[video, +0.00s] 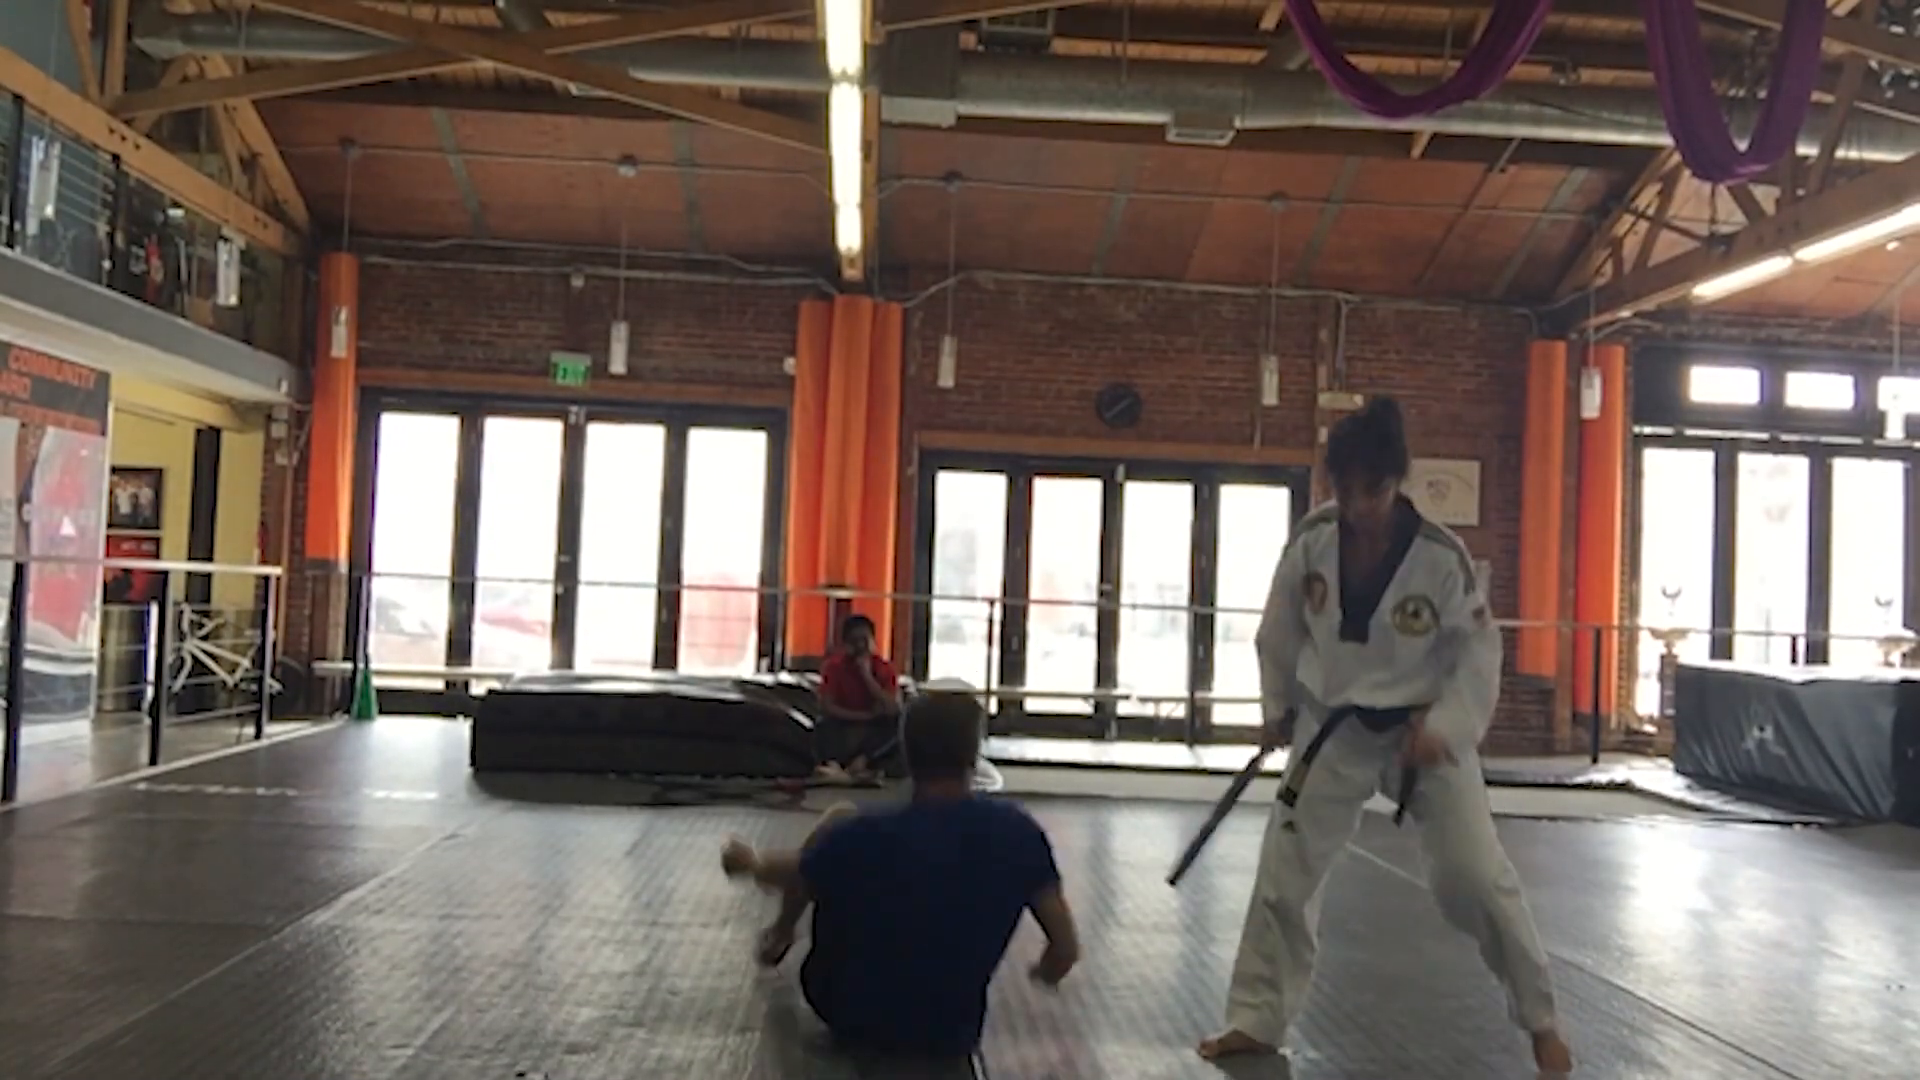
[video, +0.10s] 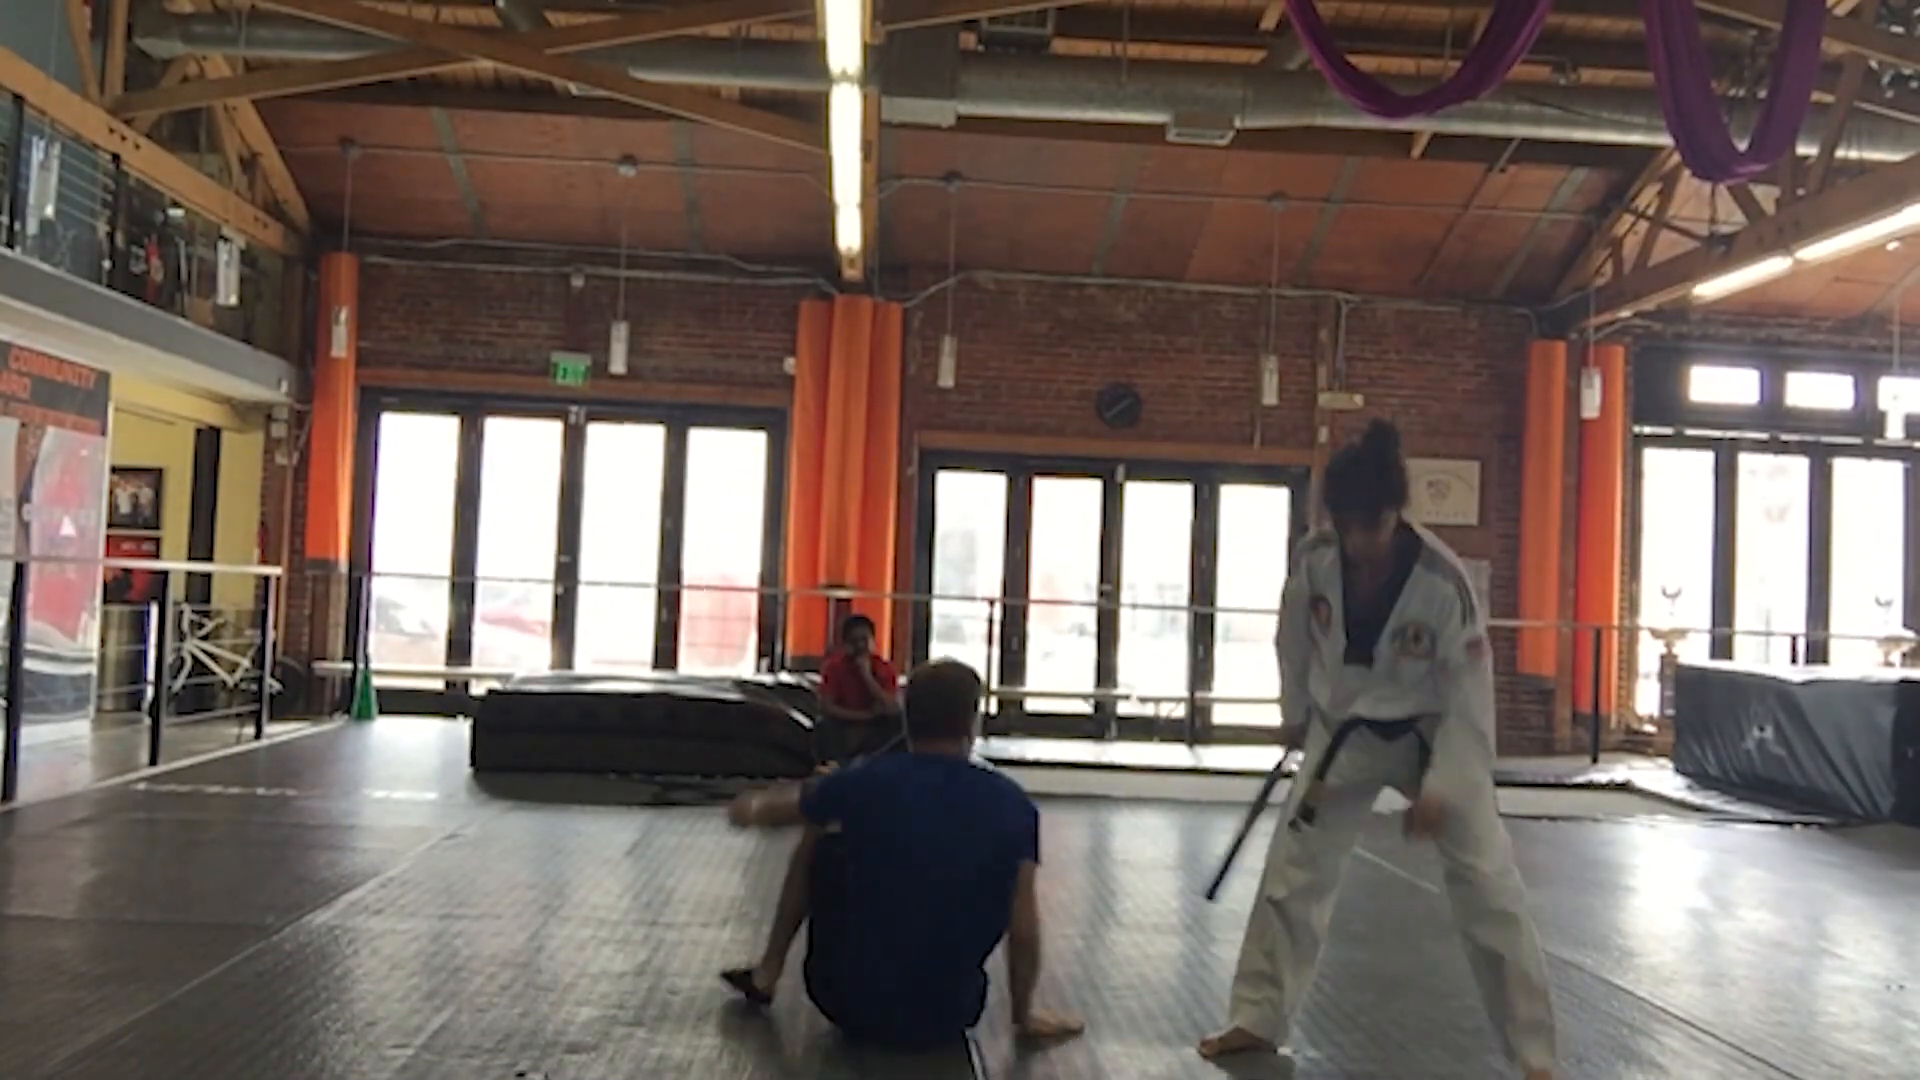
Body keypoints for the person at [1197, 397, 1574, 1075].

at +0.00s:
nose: (1356, 505)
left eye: (1371, 491)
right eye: (1346, 490)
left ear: (1398, 483)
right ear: (1331, 482)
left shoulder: (1442, 558)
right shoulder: (1307, 550)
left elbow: (1479, 656)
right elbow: (1277, 636)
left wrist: (1445, 726)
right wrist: (1277, 709)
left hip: (1427, 728)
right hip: (1334, 727)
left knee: (1475, 878)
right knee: (1281, 876)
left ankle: (1540, 1021)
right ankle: (1257, 1022)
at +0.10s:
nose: (1354, 540)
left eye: (1367, 527)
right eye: (1343, 526)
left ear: (1396, 514)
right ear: (1329, 514)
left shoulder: (1446, 583)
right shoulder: (1313, 563)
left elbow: (1469, 700)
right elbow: (1292, 642)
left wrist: (1442, 785)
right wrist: (1294, 715)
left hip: (1433, 736)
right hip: (1345, 733)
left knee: (1488, 887)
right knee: (1294, 868)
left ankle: (1534, 1056)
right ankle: (1257, 1021)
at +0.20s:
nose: (1359, 603)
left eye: (1373, 591)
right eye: (1348, 589)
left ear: (1399, 577)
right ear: (1332, 576)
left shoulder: (1444, 628)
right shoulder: (1324, 604)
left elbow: (1468, 748)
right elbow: (1328, 699)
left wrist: (1439, 857)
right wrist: (1337, 789)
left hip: (1460, 751)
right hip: (1374, 748)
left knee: (1499, 897)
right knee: (1308, 876)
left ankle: (1525, 1063)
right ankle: (1267, 1023)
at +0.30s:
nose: (1351, 678)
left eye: (1362, 665)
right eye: (1342, 665)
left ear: (1393, 652)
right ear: (1334, 650)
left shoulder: (1452, 684)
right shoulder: (1355, 662)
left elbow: (1466, 819)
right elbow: (1383, 744)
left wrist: (1439, 934)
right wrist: (1370, 816)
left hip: (1493, 756)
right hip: (1412, 753)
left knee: (1516, 903)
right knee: (1350, 878)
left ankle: (1530, 1066)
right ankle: (1269, 1022)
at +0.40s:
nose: (1348, 755)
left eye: (1354, 746)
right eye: (1341, 745)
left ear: (1388, 726)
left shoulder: (1452, 731)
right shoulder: (1374, 691)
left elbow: (1457, 886)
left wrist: (1435, 1003)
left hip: (1515, 767)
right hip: (1413, 770)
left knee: (1531, 916)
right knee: (1347, 898)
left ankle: (1527, 1067)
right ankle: (1269, 1025)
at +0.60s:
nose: (1339, 811)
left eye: (1349, 801)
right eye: (1332, 798)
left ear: (1386, 777)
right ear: (1324, 748)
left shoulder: (1447, 784)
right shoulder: (1352, 700)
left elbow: (1448, 922)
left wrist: (1429, 1060)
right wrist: (1416, 857)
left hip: (1526, 767)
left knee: (1537, 918)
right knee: (1347, 899)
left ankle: (1527, 1067)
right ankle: (1266, 1024)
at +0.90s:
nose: (1313, 734)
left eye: (1320, 721)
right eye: (1309, 722)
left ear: (1355, 706)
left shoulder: (1425, 714)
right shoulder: (1356, 683)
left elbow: (1443, 864)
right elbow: (1381, 752)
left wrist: (1429, 989)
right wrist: (1416, 819)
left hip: (1500, 755)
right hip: (1407, 762)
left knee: (1517, 907)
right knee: (1339, 890)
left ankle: (1527, 1065)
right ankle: (1267, 1018)